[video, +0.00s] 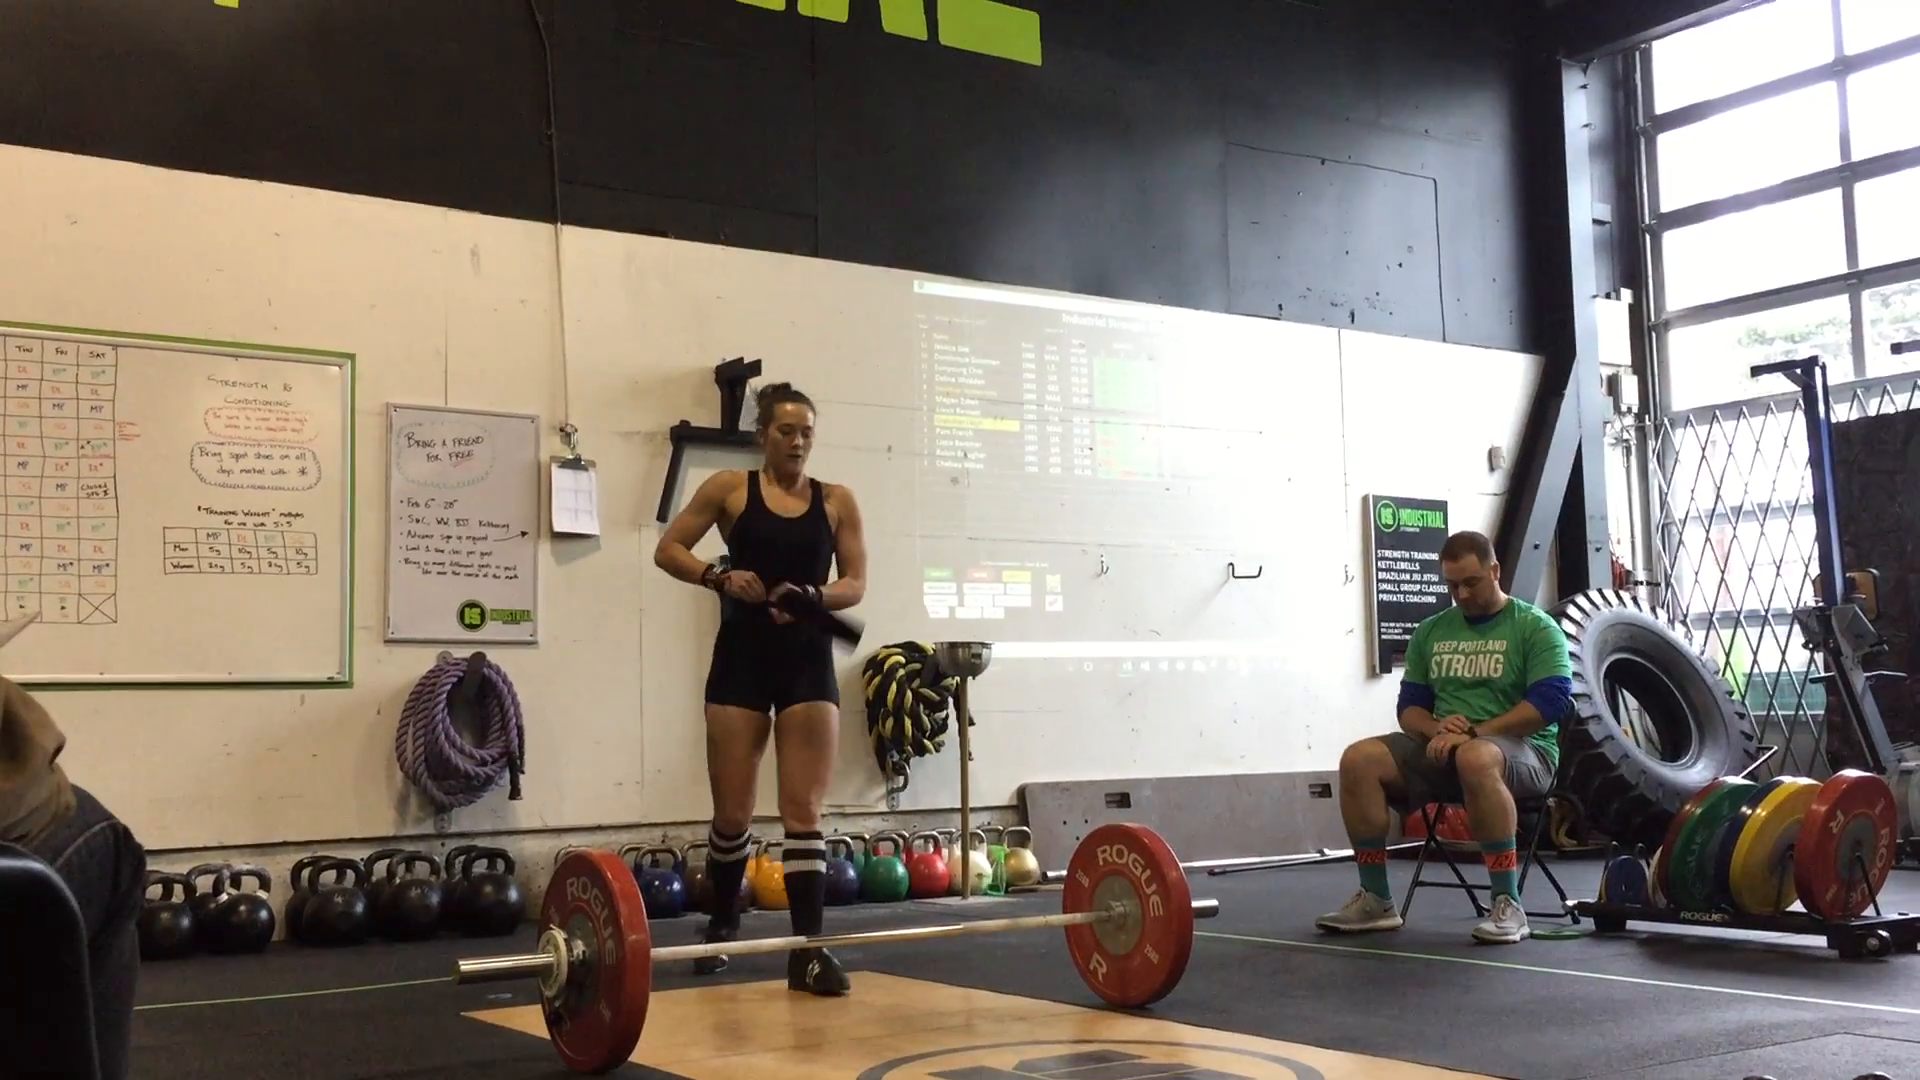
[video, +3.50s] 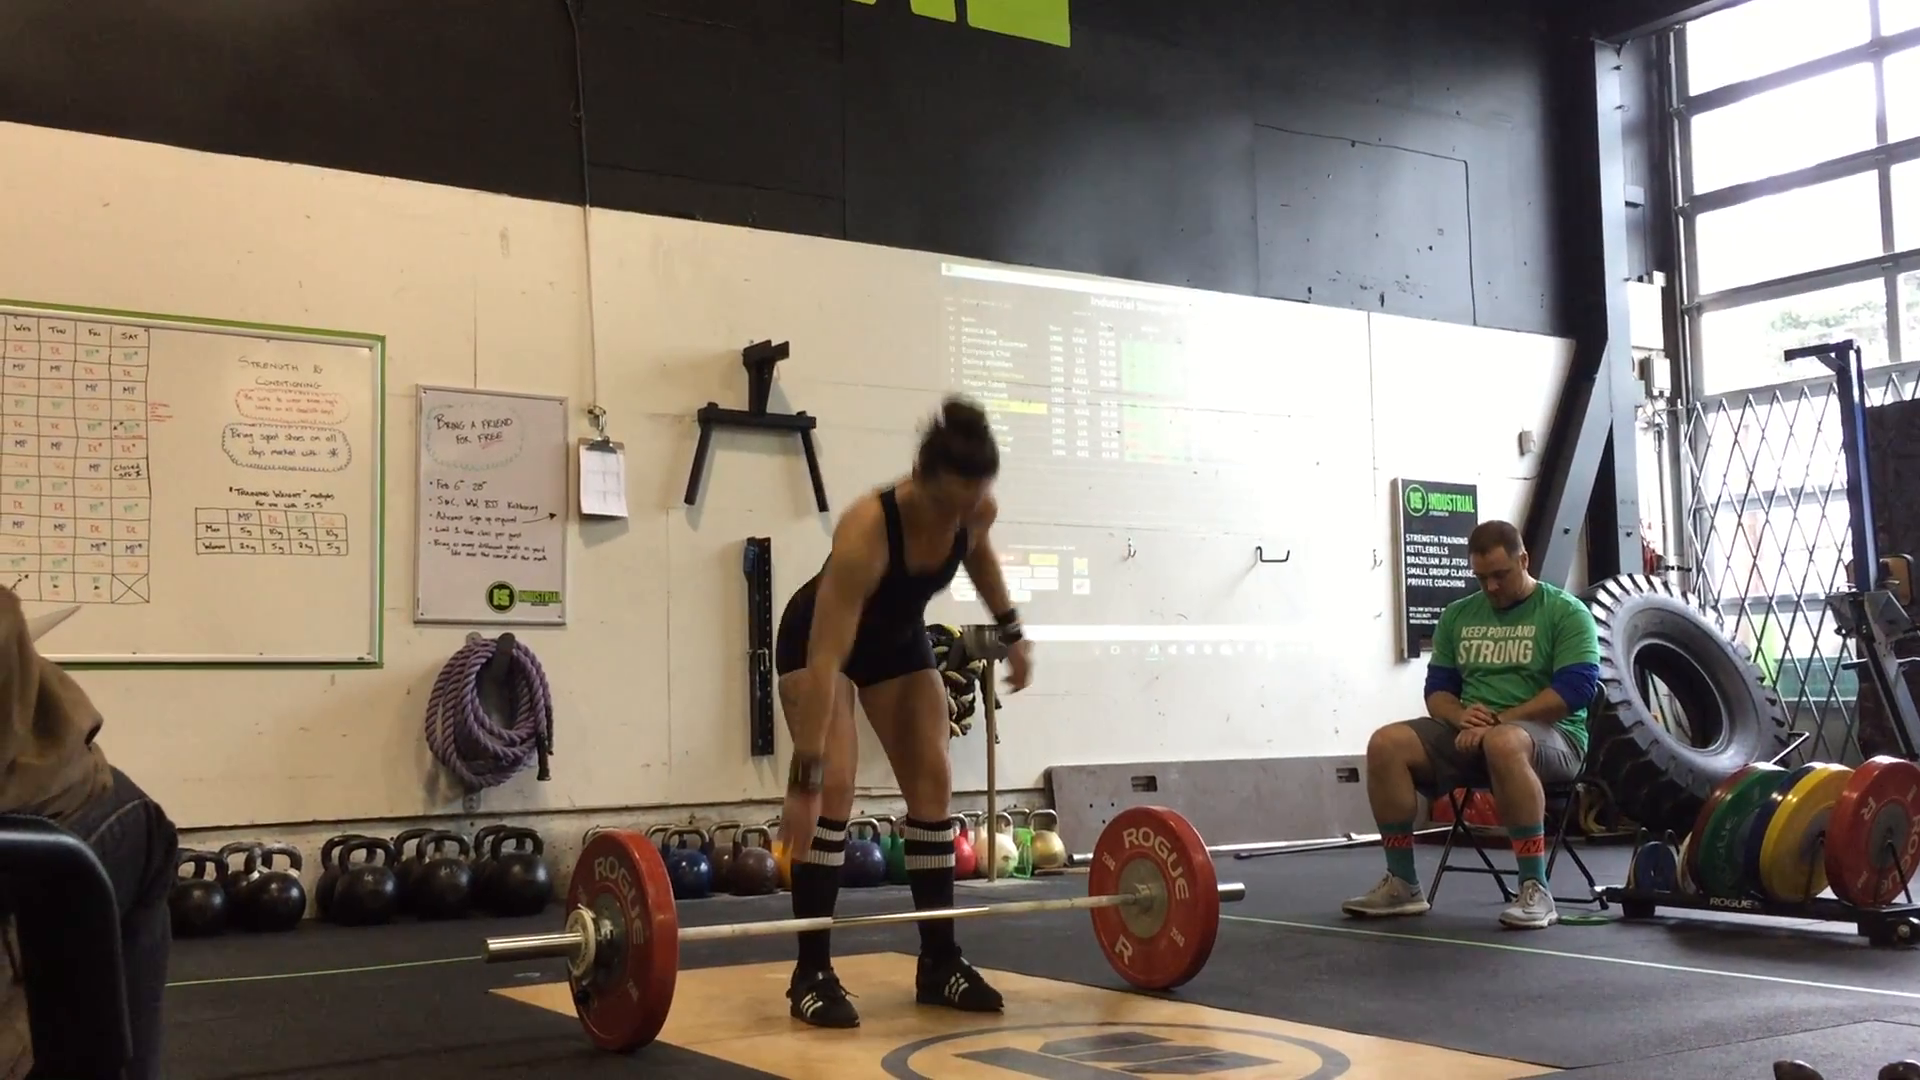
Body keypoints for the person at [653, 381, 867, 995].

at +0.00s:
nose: (797, 440)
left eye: (805, 431)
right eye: (786, 430)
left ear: (815, 435)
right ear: (762, 433)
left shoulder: (837, 502)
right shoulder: (727, 489)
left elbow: (854, 585)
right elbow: (669, 550)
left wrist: (815, 596)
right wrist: (720, 579)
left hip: (808, 667)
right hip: (741, 665)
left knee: (804, 811)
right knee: (731, 817)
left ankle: (808, 954)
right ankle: (719, 941)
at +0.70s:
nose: (814, 418)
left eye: (823, 408)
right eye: (803, 406)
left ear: (833, 410)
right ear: (775, 400)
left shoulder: (840, 472)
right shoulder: (733, 445)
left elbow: (858, 560)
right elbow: (645, 480)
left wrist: (778, 561)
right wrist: (643, 509)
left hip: (813, 647)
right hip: (744, 643)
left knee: (812, 812)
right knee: (740, 812)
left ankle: (796, 947)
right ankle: (730, 979)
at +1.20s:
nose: (827, 409)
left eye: (838, 396)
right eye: (815, 394)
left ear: (849, 391)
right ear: (785, 383)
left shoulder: (863, 465)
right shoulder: (734, 441)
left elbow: (877, 562)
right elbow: (699, 483)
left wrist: (839, 576)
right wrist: (743, 529)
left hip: (818, 635)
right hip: (741, 633)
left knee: (862, 803)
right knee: (736, 811)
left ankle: (903, 966)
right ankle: (736, 978)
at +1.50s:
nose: (910, 408)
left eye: (920, 396)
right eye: (898, 394)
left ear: (928, 388)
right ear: (867, 378)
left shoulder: (933, 456)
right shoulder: (815, 440)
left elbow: (956, 537)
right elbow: (743, 477)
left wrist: (933, 570)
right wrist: (788, 544)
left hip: (886, 630)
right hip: (812, 625)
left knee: (907, 806)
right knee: (798, 804)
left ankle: (943, 972)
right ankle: (747, 966)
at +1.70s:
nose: (948, 399)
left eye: (958, 387)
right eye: (938, 385)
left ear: (968, 380)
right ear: (906, 370)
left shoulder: (970, 451)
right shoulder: (849, 434)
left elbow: (991, 525)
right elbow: (768, 492)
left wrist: (1011, 565)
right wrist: (761, 576)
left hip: (918, 628)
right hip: (841, 623)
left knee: (926, 801)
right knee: (820, 793)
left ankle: (946, 969)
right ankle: (777, 969)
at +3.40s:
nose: (957, 455)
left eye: (967, 442)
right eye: (946, 442)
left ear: (980, 423)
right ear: (917, 417)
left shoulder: (974, 467)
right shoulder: (864, 471)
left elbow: (988, 533)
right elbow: (814, 577)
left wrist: (1041, 603)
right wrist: (814, 662)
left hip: (902, 625)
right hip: (831, 625)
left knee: (926, 784)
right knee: (835, 788)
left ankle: (939, 966)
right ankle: (810, 974)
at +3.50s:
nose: (978, 510)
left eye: (983, 498)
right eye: (964, 500)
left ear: (985, 482)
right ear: (924, 481)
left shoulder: (974, 510)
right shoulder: (867, 529)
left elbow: (975, 556)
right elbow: (824, 656)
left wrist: (1013, 632)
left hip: (895, 635)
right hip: (823, 639)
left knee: (932, 780)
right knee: (835, 788)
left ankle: (939, 965)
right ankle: (812, 974)